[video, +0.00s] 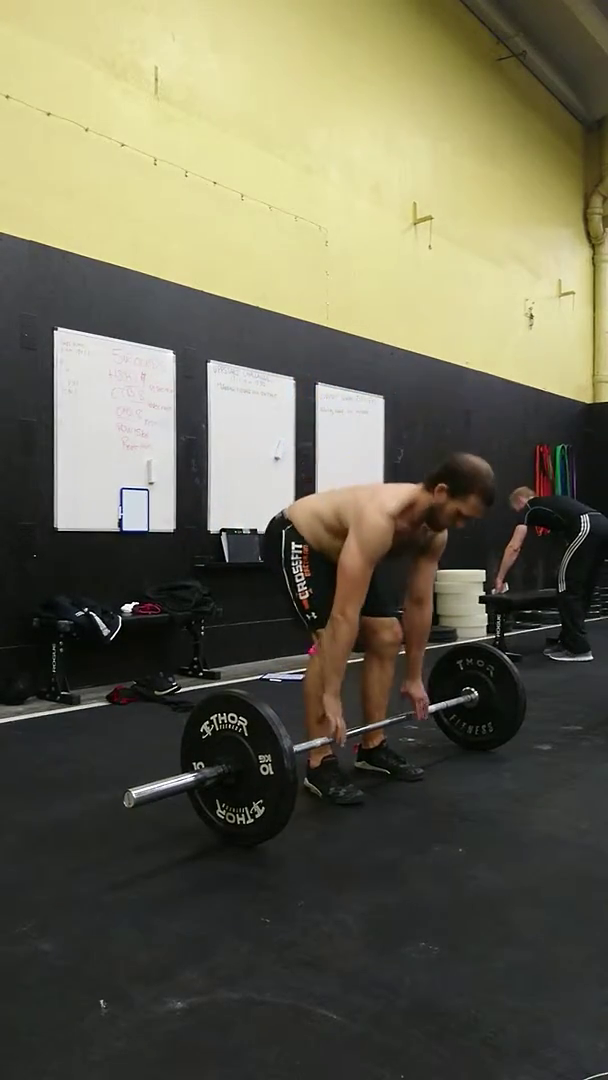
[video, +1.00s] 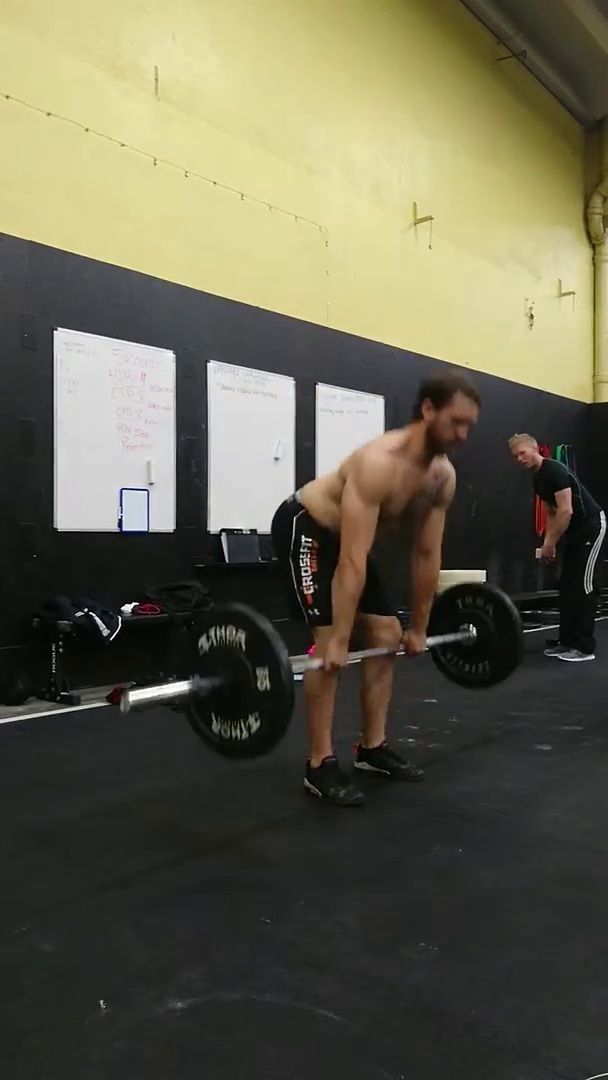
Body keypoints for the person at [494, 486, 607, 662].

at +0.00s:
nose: (519, 512)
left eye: (518, 508)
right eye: (517, 509)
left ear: (521, 501)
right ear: (531, 497)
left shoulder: (531, 508)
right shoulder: (550, 502)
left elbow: (514, 547)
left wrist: (500, 578)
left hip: (587, 528)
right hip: (600, 525)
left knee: (567, 585)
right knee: (582, 586)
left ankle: (578, 648)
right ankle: (569, 641)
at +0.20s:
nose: (511, 510)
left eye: (510, 505)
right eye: (509, 506)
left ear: (520, 497)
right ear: (525, 497)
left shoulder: (529, 508)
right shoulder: (543, 502)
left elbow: (514, 549)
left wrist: (499, 580)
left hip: (588, 527)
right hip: (599, 524)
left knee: (568, 584)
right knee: (581, 586)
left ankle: (578, 648)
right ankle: (569, 642)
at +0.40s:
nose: (506, 496)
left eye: (506, 490)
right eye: (503, 492)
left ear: (519, 483)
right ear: (521, 484)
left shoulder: (532, 496)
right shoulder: (539, 493)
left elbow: (531, 539)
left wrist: (513, 570)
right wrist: (516, 568)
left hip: (592, 527)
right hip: (596, 524)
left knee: (571, 584)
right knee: (579, 585)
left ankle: (578, 648)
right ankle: (570, 641)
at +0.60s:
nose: (510, 471)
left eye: (512, 465)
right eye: (506, 469)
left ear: (524, 462)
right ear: (507, 471)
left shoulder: (538, 479)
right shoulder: (541, 481)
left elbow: (549, 520)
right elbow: (563, 525)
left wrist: (534, 553)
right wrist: (557, 555)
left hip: (592, 524)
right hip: (583, 527)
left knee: (574, 581)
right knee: (568, 580)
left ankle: (580, 646)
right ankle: (569, 640)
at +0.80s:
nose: (521, 457)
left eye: (524, 452)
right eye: (517, 455)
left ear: (535, 450)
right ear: (515, 459)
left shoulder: (549, 471)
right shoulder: (539, 477)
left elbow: (562, 512)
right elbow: (555, 512)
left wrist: (546, 543)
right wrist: (547, 542)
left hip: (590, 523)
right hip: (576, 526)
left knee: (578, 581)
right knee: (567, 581)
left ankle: (584, 646)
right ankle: (568, 641)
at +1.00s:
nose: (521, 459)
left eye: (523, 453)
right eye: (516, 457)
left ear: (536, 449)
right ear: (516, 459)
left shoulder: (554, 470)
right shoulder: (538, 477)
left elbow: (566, 512)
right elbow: (551, 513)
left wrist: (549, 542)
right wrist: (548, 543)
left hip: (591, 524)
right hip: (574, 528)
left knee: (580, 583)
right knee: (567, 582)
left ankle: (584, 646)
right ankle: (567, 641)